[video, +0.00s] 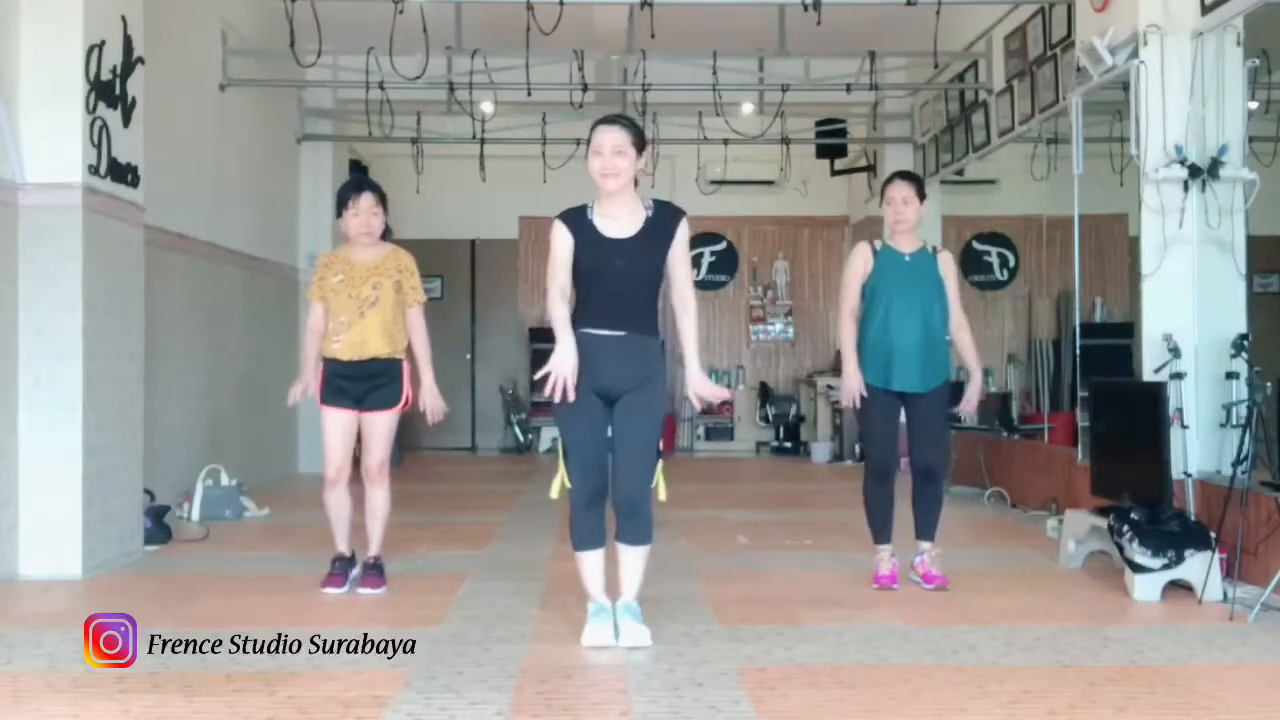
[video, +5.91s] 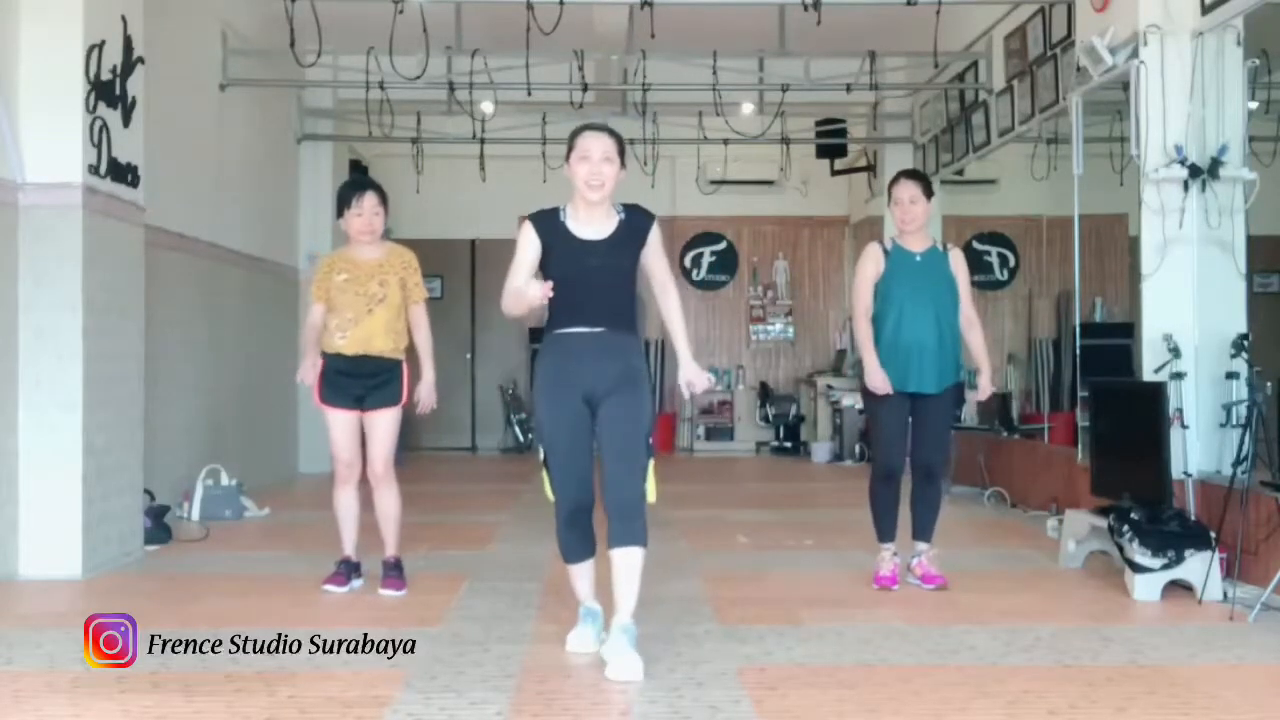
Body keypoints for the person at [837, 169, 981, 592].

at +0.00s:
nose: (898, 209)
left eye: (906, 201)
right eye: (891, 202)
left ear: (922, 207)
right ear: (882, 208)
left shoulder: (942, 260)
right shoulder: (865, 254)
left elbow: (957, 321)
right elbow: (848, 315)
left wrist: (975, 372)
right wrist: (850, 368)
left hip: (931, 381)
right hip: (878, 381)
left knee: (930, 466)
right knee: (881, 466)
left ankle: (925, 554)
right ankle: (884, 555)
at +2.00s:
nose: (888, 207)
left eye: (898, 199)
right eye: (886, 200)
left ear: (923, 206)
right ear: (885, 206)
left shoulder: (948, 259)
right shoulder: (870, 254)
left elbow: (962, 321)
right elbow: (852, 306)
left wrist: (974, 379)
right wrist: (857, 343)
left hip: (934, 380)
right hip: (879, 378)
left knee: (932, 466)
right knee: (882, 465)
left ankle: (924, 552)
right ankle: (885, 553)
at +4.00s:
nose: (912, 209)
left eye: (919, 202)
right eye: (903, 202)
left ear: (929, 208)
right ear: (887, 209)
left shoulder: (945, 261)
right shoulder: (871, 255)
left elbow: (951, 320)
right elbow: (856, 306)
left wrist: (958, 365)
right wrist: (860, 344)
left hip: (935, 378)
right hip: (883, 376)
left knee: (934, 466)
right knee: (884, 464)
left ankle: (924, 553)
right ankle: (885, 554)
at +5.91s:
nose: (905, 210)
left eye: (913, 202)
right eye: (898, 202)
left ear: (930, 206)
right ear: (889, 209)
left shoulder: (952, 257)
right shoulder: (875, 255)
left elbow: (968, 317)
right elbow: (861, 315)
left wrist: (984, 368)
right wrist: (871, 365)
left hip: (940, 381)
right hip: (889, 380)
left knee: (931, 467)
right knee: (886, 466)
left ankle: (922, 554)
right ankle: (887, 553)